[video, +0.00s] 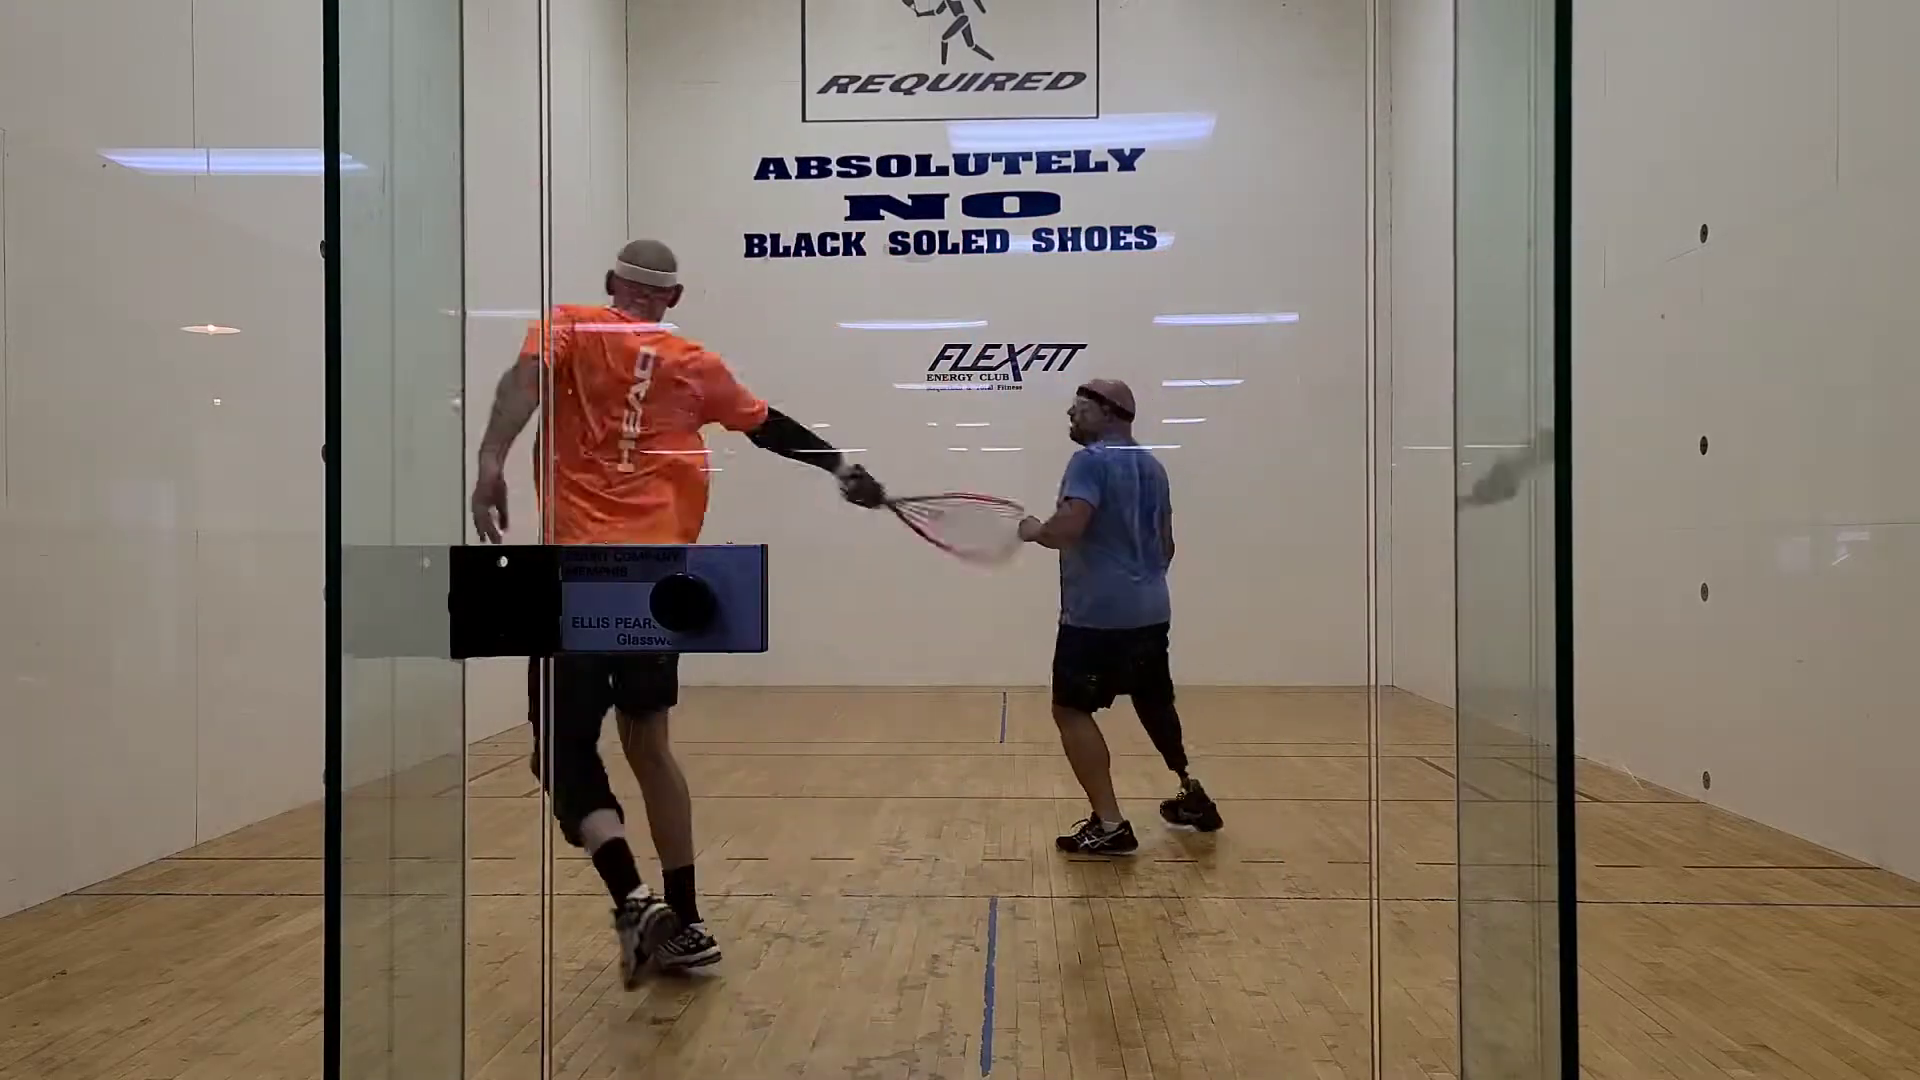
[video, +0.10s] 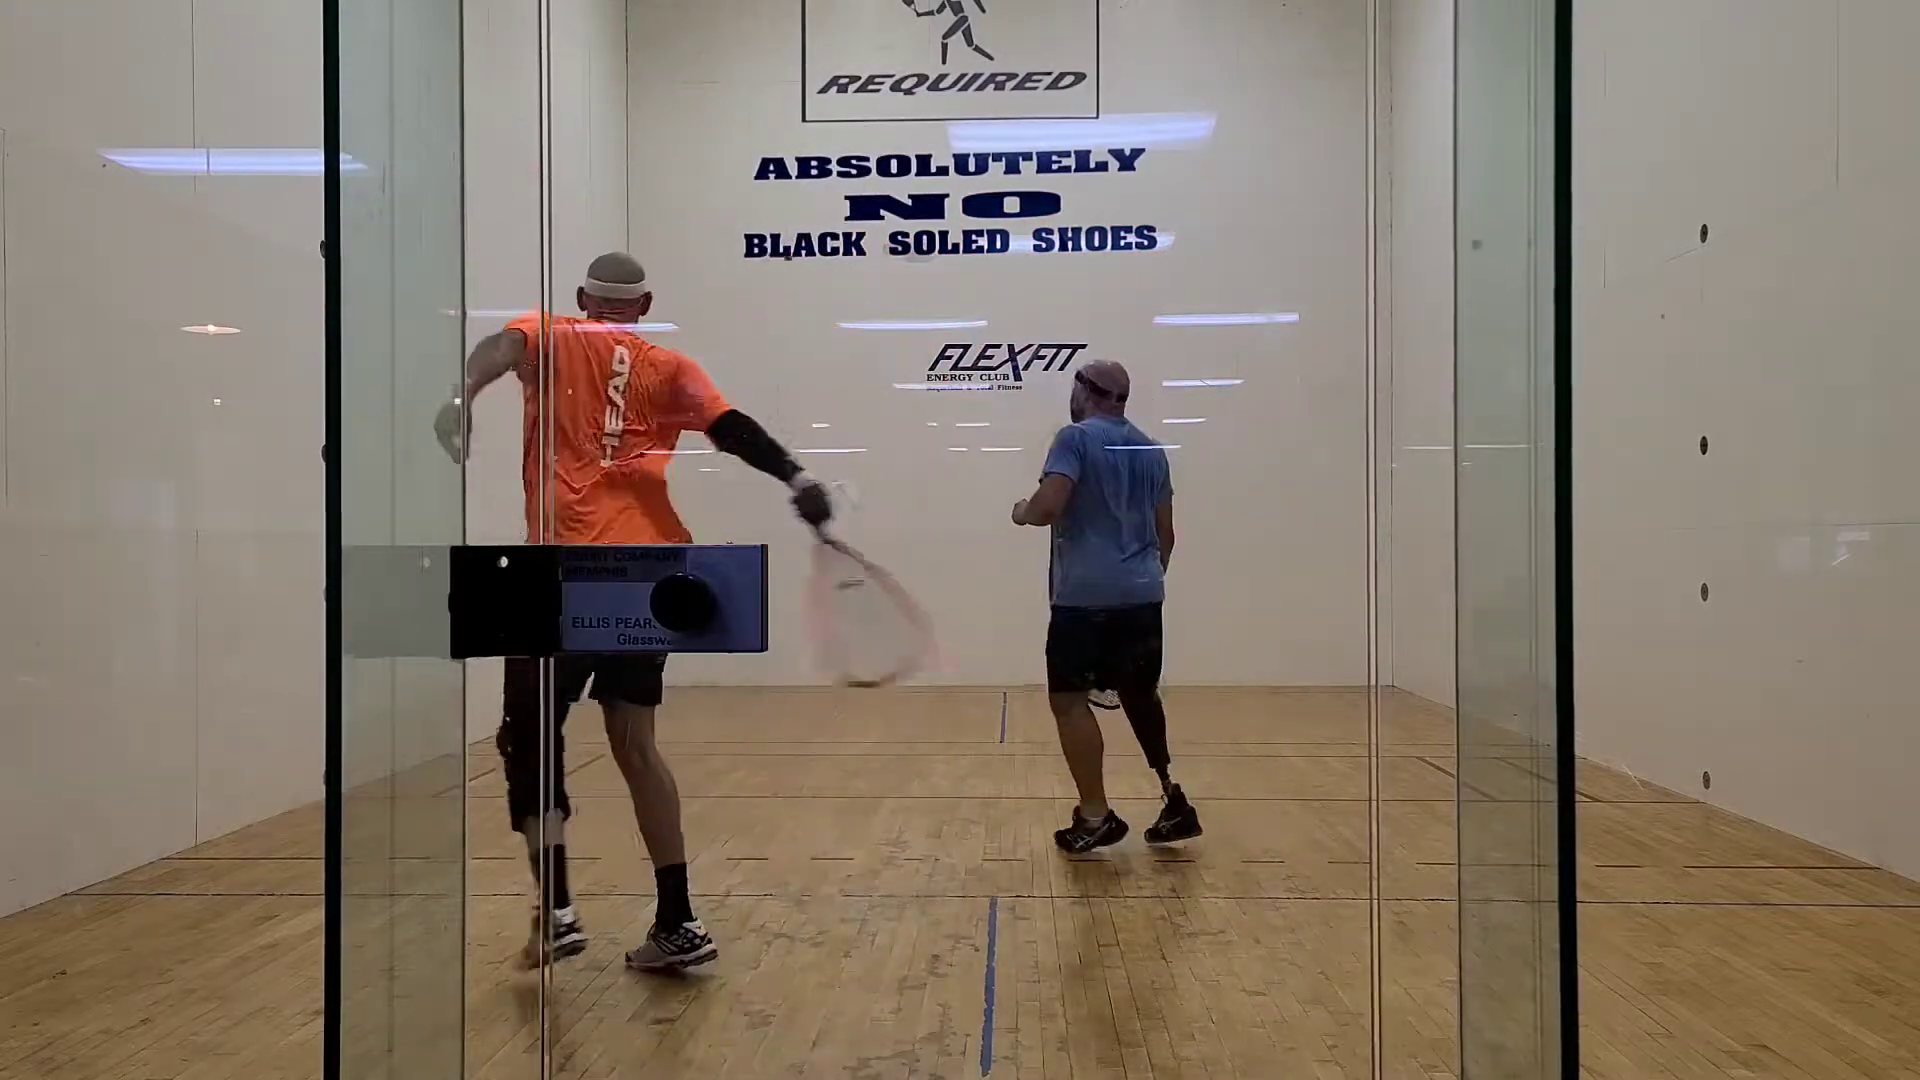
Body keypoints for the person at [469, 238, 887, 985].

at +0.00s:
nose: (644, 304)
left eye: (645, 292)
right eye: (645, 292)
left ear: (612, 285)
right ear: (671, 298)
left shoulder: (564, 327)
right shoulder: (693, 362)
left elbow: (523, 384)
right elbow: (767, 425)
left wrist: (488, 468)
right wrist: (840, 461)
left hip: (574, 576)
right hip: (662, 580)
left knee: (564, 750)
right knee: (650, 742)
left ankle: (633, 902)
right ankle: (683, 920)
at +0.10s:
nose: (598, 313)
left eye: (597, 303)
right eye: (605, 304)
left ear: (581, 300)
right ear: (643, 307)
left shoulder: (547, 331)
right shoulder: (669, 366)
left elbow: (499, 349)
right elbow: (730, 427)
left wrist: (459, 401)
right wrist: (796, 474)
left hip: (556, 569)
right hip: (648, 572)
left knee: (526, 738)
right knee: (636, 740)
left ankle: (558, 912)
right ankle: (677, 921)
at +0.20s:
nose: (630, 338)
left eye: (620, 327)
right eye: (632, 329)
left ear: (576, 321)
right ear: (636, 328)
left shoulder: (537, 353)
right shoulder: (645, 378)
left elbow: (467, 364)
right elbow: (650, 431)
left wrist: (402, 387)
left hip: (531, 585)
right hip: (624, 590)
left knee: (506, 746)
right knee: (626, 754)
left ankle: (489, 919)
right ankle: (675, 924)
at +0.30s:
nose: (630, 350)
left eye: (628, 340)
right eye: (629, 341)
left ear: (572, 332)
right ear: (624, 339)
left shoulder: (516, 369)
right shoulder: (630, 393)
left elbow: (433, 393)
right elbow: (597, 444)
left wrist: (345, 435)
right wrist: (556, 488)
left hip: (500, 575)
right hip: (592, 581)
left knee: (497, 745)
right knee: (599, 742)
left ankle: (480, 921)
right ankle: (648, 883)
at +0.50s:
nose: (606, 334)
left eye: (603, 322)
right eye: (606, 324)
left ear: (551, 315)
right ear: (599, 323)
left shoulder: (497, 362)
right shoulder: (595, 385)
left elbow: (447, 449)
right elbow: (561, 475)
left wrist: (422, 517)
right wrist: (551, 568)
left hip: (475, 568)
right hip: (544, 575)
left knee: (483, 730)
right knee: (560, 725)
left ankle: (473, 900)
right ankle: (537, 869)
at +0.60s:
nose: (592, 329)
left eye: (588, 317)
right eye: (592, 319)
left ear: (536, 313)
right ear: (583, 320)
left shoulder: (492, 360)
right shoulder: (585, 387)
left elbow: (473, 453)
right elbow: (567, 487)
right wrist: (587, 582)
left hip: (466, 568)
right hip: (534, 575)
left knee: (473, 725)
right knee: (530, 728)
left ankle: (470, 890)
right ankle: (510, 877)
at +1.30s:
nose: (632, 370)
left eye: (630, 361)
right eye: (626, 361)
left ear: (579, 369)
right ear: (603, 367)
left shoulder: (526, 412)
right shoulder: (610, 424)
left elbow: (496, 475)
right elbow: (594, 511)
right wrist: (621, 589)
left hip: (488, 587)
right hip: (553, 592)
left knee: (473, 725)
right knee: (627, 696)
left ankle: (404, 866)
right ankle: (610, 842)